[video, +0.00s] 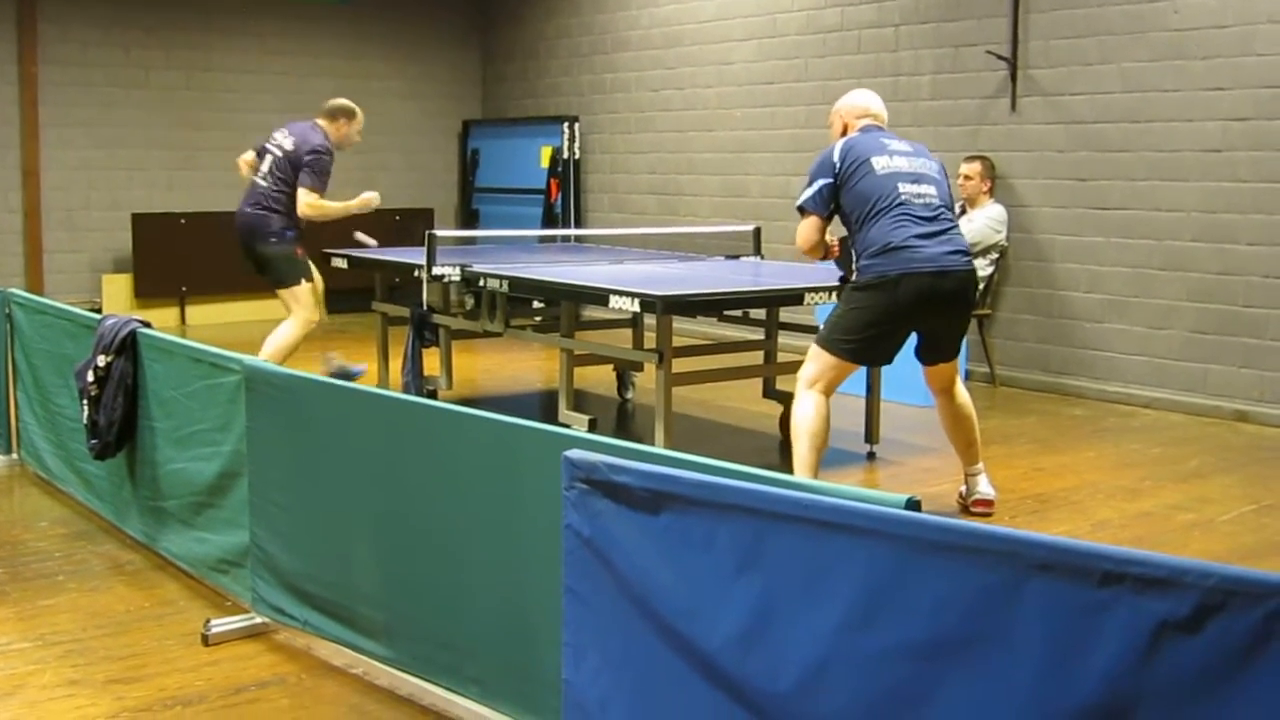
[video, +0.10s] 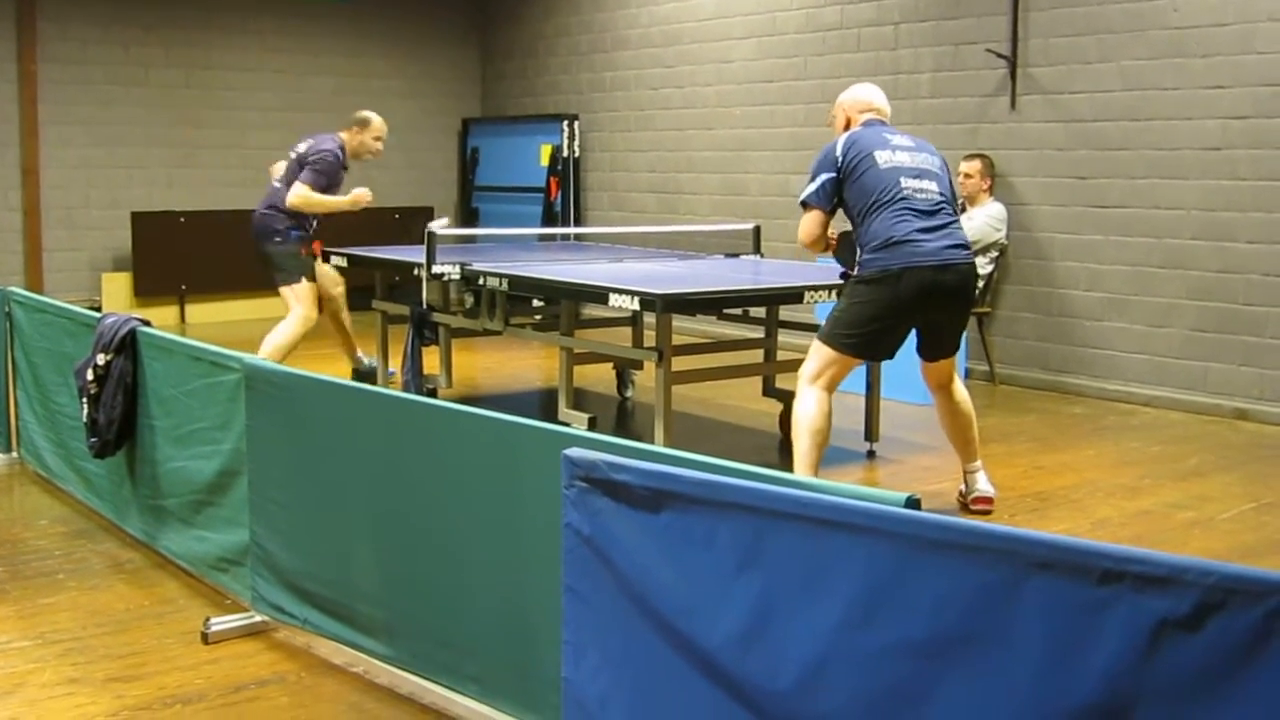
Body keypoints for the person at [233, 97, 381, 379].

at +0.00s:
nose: (357, 139)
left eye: (359, 132)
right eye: (357, 131)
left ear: (336, 122)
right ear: (341, 124)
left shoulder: (292, 130)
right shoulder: (319, 148)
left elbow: (246, 161)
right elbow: (308, 208)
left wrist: (273, 194)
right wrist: (355, 205)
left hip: (254, 219)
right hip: (270, 225)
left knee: (314, 284)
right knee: (305, 315)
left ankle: (329, 360)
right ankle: (254, 379)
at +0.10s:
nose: (380, 148)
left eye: (382, 141)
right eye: (377, 139)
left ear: (354, 133)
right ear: (356, 132)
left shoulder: (321, 143)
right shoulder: (330, 156)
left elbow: (278, 170)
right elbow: (296, 199)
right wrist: (347, 202)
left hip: (280, 226)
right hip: (280, 229)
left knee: (333, 286)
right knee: (303, 314)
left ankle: (359, 364)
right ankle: (253, 378)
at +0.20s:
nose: (395, 148)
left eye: (399, 142)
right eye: (392, 139)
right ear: (371, 132)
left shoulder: (361, 163)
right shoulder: (338, 153)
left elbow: (334, 201)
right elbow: (288, 185)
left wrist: (335, 228)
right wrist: (327, 199)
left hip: (314, 234)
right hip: (290, 228)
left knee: (355, 278)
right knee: (290, 299)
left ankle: (361, 362)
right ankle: (253, 369)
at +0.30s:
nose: (403, 139)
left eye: (407, 133)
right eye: (400, 130)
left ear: (407, 134)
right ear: (379, 124)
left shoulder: (378, 158)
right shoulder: (341, 144)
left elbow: (364, 195)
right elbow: (292, 175)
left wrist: (367, 226)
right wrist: (323, 201)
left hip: (331, 225)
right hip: (296, 218)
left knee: (365, 277)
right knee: (285, 288)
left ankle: (360, 361)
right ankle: (249, 361)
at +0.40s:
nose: (405, 124)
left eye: (409, 119)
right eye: (401, 116)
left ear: (408, 121)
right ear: (381, 111)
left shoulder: (385, 148)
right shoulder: (344, 134)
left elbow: (376, 188)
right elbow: (300, 170)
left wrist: (384, 228)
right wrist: (333, 198)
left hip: (341, 217)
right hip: (302, 211)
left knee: (370, 278)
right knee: (286, 285)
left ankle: (360, 358)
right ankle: (245, 352)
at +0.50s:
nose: (400, 110)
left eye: (404, 105)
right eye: (395, 102)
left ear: (403, 108)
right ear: (376, 100)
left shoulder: (384, 140)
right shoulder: (342, 126)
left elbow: (376, 183)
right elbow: (305, 165)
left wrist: (387, 218)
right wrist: (346, 190)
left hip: (345, 212)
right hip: (305, 208)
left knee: (369, 279)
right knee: (284, 285)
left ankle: (360, 356)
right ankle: (252, 344)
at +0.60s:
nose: (389, 101)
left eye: (392, 96)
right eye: (384, 94)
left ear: (391, 100)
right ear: (364, 93)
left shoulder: (375, 134)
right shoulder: (334, 120)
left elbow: (370, 178)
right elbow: (307, 164)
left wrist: (385, 209)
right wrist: (354, 183)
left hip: (345, 210)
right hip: (304, 211)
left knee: (370, 275)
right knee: (283, 285)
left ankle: (361, 354)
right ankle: (266, 345)